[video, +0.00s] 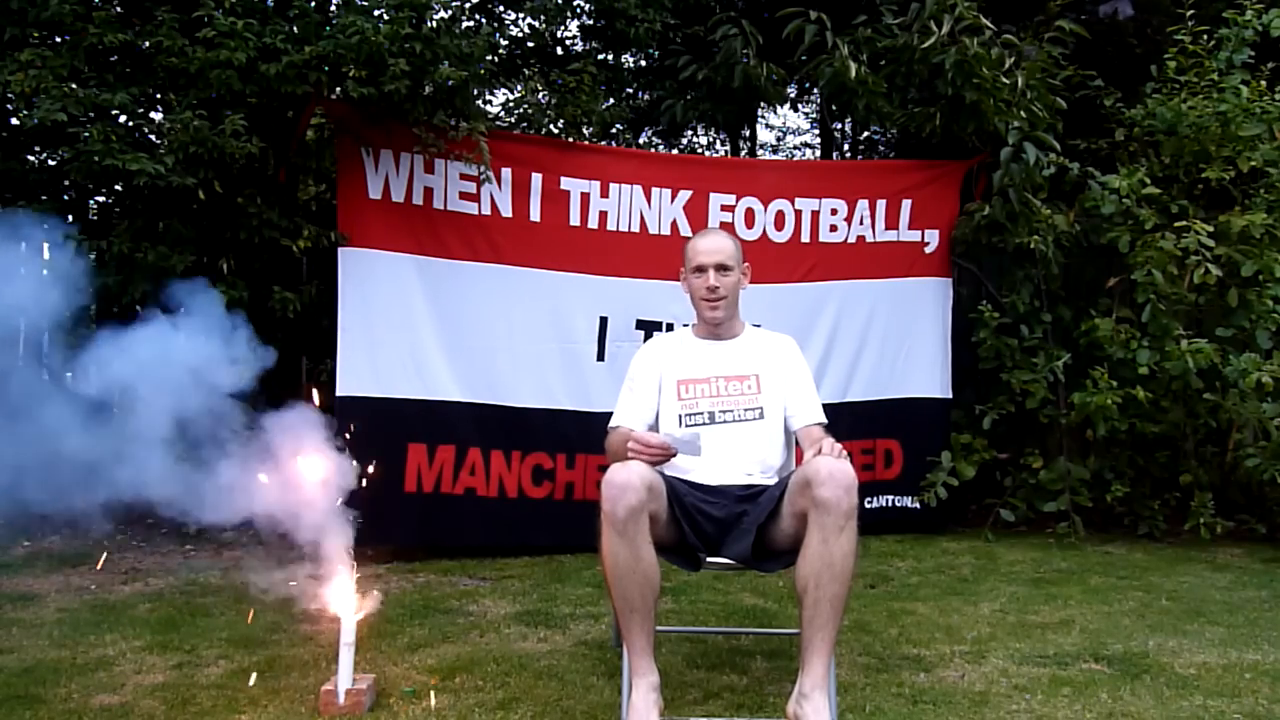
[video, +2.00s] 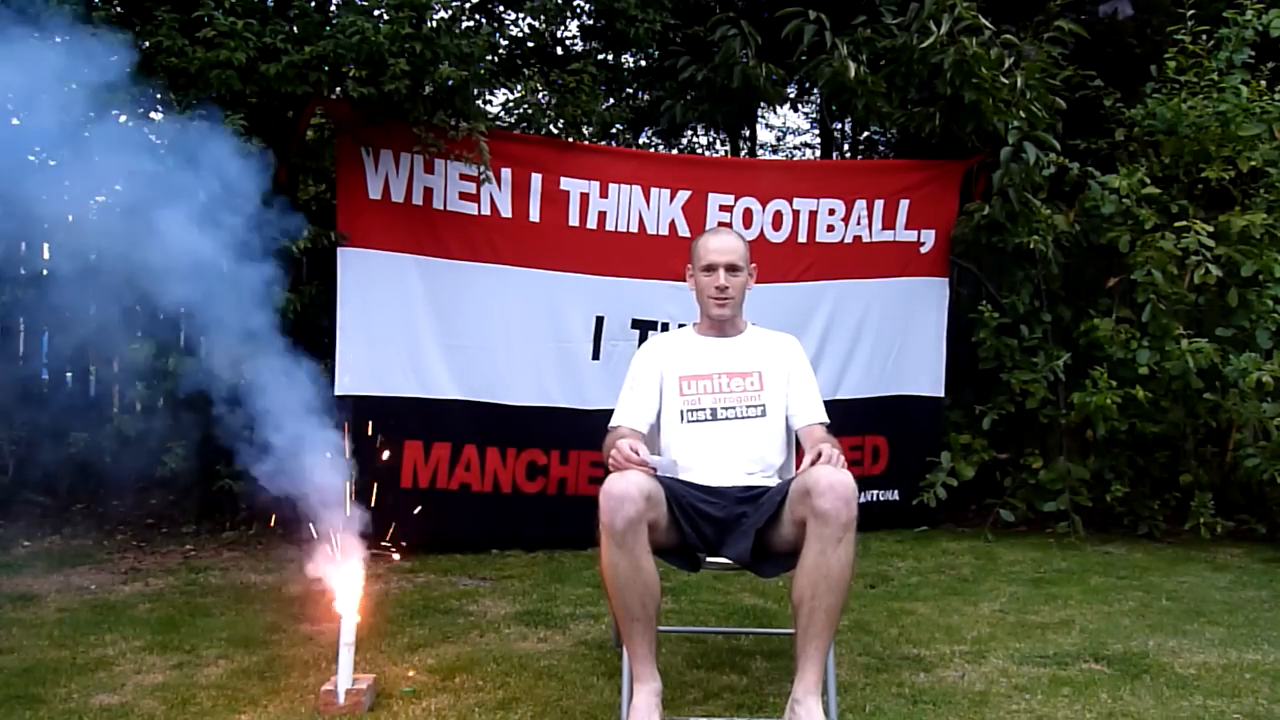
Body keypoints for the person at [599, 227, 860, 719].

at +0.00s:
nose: (711, 283)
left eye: (723, 270)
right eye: (699, 272)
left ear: (744, 276)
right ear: (684, 281)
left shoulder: (780, 350)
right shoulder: (657, 353)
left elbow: (811, 437)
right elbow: (614, 442)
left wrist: (825, 449)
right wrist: (634, 443)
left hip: (768, 502)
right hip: (680, 502)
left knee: (836, 477)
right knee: (620, 483)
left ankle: (813, 690)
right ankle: (642, 681)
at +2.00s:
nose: (721, 281)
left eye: (733, 270)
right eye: (709, 270)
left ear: (750, 278)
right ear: (691, 278)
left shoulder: (784, 349)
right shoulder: (658, 351)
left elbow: (814, 432)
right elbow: (622, 435)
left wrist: (824, 449)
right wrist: (621, 446)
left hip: (768, 503)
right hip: (680, 501)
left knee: (835, 485)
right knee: (619, 492)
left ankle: (807, 695)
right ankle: (645, 687)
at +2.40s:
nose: (719, 282)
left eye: (731, 270)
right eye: (707, 270)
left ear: (750, 277)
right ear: (690, 278)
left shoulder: (784, 350)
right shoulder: (658, 352)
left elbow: (814, 434)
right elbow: (623, 436)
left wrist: (824, 448)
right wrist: (619, 443)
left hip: (768, 503)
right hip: (679, 502)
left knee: (836, 484)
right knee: (618, 490)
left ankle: (807, 695)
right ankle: (644, 687)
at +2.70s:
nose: (719, 282)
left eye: (731, 270)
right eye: (707, 270)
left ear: (749, 277)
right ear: (690, 278)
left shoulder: (783, 350)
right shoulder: (658, 352)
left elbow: (814, 435)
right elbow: (622, 436)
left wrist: (824, 450)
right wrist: (620, 445)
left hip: (768, 504)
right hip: (680, 502)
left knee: (837, 484)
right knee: (619, 490)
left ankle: (807, 695)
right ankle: (644, 687)